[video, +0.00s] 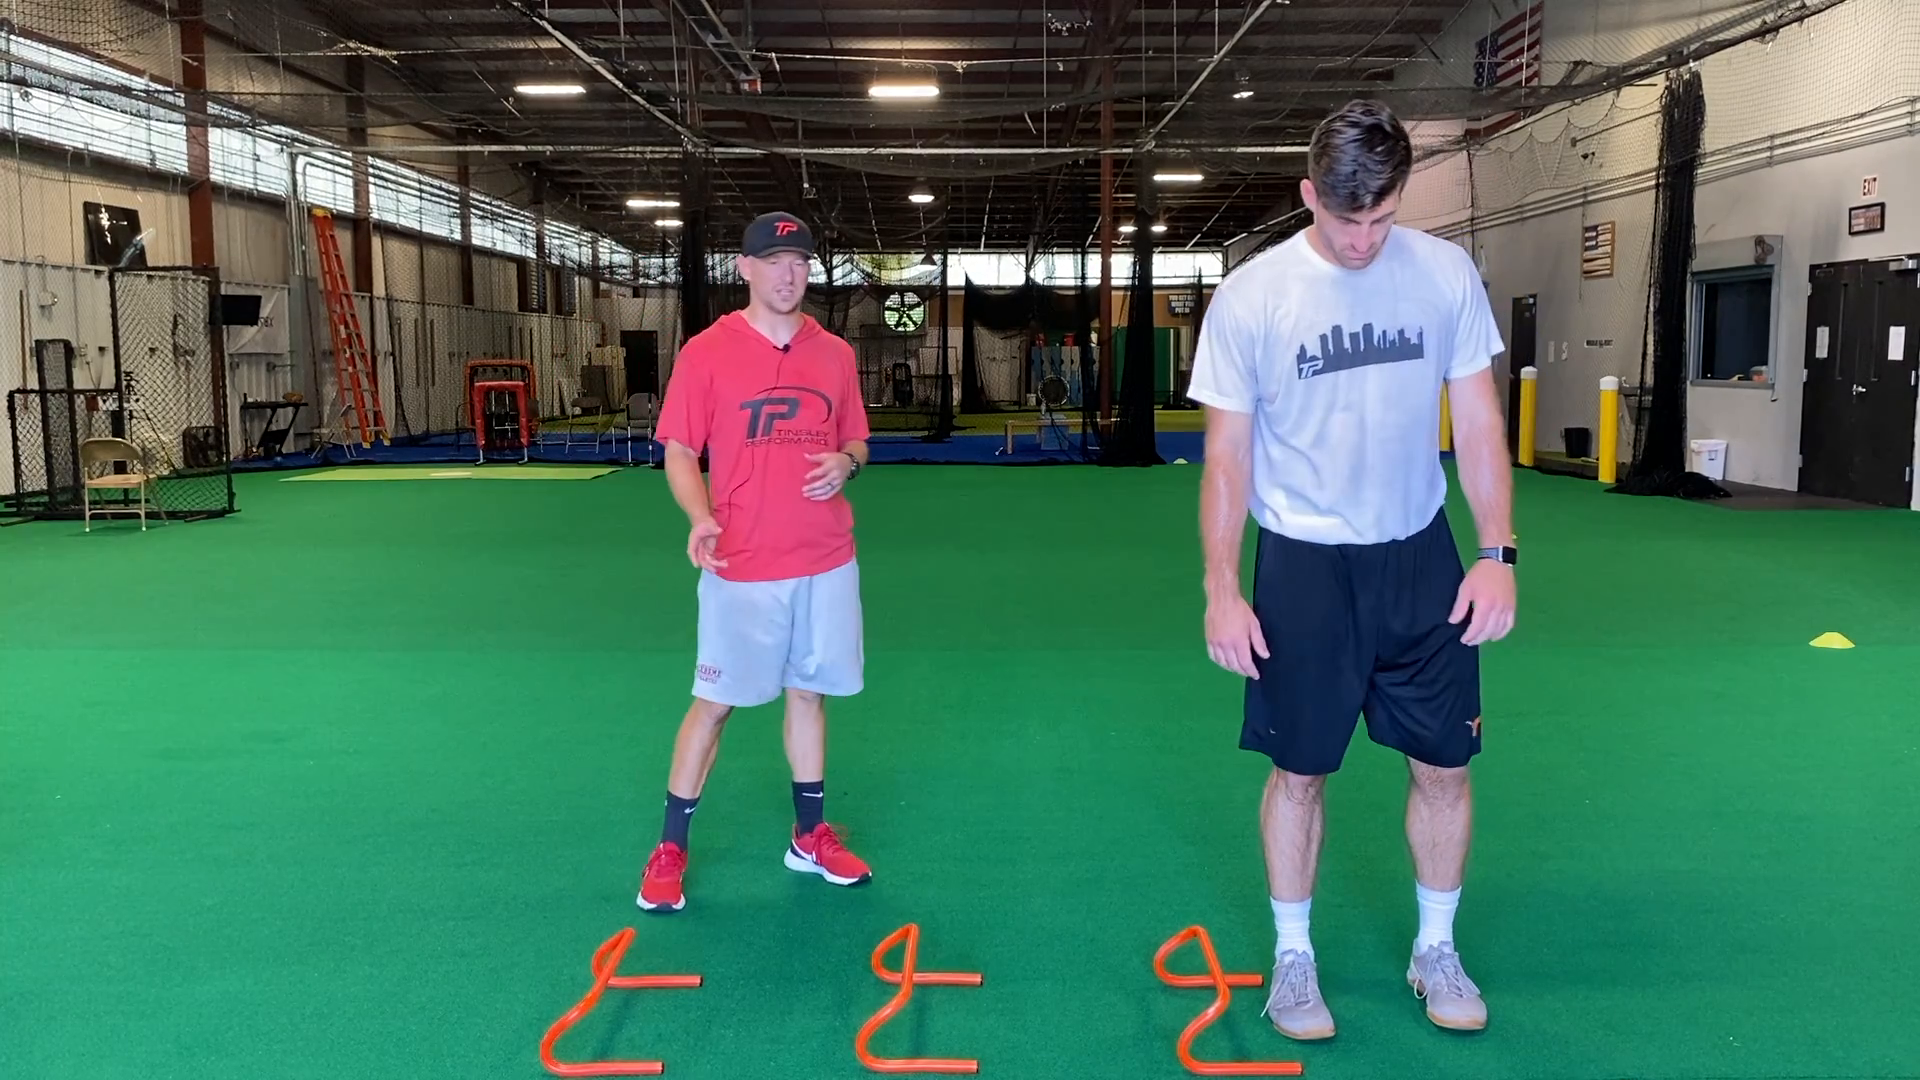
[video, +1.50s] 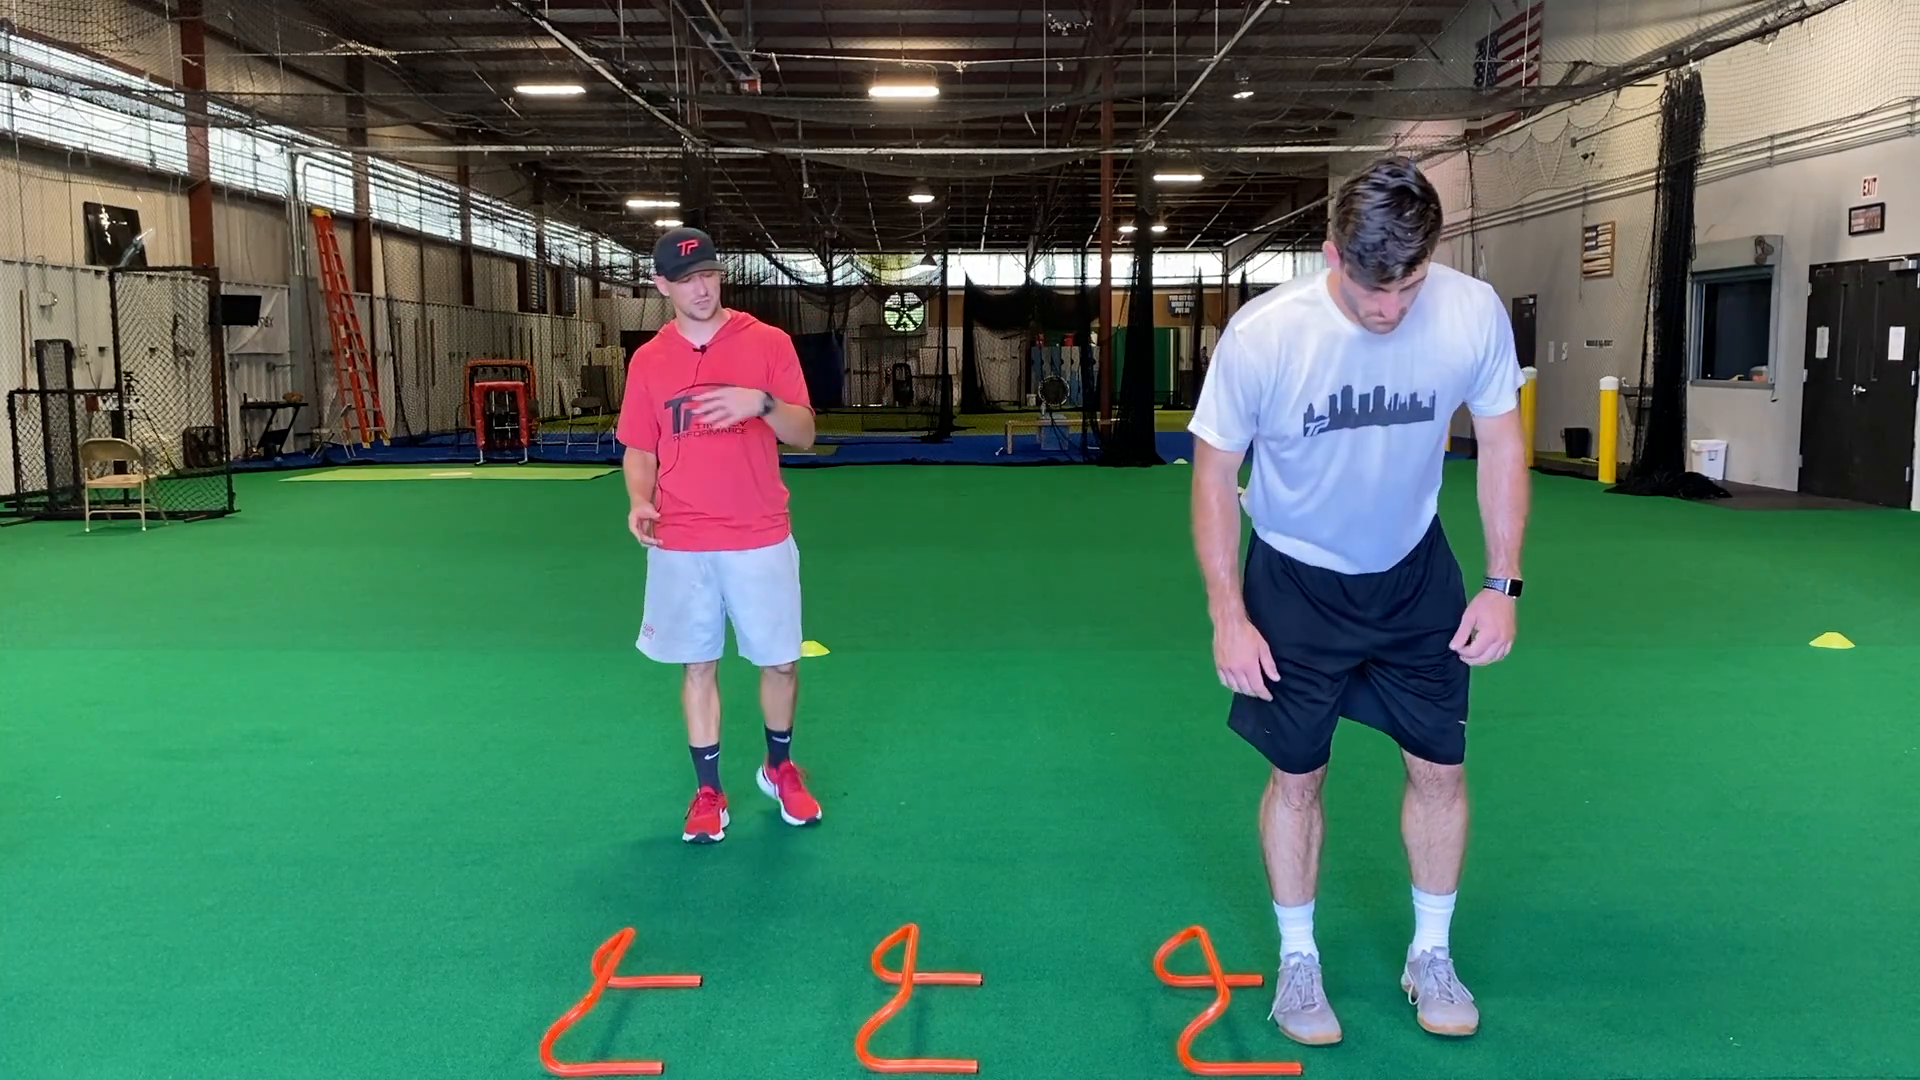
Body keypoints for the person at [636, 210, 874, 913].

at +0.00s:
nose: (788, 273)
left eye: (798, 261)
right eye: (774, 261)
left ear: (810, 271)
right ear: (744, 268)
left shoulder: (836, 356)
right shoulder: (706, 353)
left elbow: (854, 442)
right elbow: (678, 451)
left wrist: (847, 459)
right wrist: (700, 515)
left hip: (823, 560)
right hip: (740, 564)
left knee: (808, 691)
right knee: (714, 700)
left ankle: (810, 833)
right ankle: (671, 849)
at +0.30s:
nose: (816, 274)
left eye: (828, 264)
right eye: (803, 261)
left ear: (844, 275)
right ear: (779, 268)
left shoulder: (869, 360)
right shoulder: (734, 346)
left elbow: (903, 448)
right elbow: (705, 440)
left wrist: (871, 471)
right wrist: (719, 506)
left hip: (831, 559)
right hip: (751, 554)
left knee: (813, 692)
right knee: (732, 692)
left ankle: (812, 834)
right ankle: (696, 837)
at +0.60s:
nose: (821, 282)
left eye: (829, 270)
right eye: (808, 269)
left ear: (840, 276)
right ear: (777, 272)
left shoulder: (863, 362)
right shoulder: (729, 349)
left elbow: (886, 452)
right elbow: (699, 441)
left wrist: (858, 463)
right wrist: (716, 503)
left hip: (828, 559)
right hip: (746, 558)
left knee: (813, 688)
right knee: (722, 694)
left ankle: (811, 831)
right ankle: (708, 771)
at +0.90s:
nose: (776, 284)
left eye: (784, 272)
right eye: (761, 273)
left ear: (793, 277)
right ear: (732, 279)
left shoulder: (823, 359)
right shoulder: (695, 357)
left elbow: (849, 441)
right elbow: (671, 445)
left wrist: (862, 452)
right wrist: (691, 501)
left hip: (800, 555)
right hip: (719, 557)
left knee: (795, 684)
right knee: (712, 681)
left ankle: (810, 829)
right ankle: (711, 791)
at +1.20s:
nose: (720, 289)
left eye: (727, 276)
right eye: (705, 280)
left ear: (738, 278)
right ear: (679, 286)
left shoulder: (784, 348)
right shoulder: (658, 360)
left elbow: (827, 437)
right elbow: (642, 450)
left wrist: (860, 404)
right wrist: (647, 506)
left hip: (765, 546)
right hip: (686, 549)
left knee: (777, 673)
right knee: (699, 670)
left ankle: (798, 810)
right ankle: (708, 795)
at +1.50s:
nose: (703, 287)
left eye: (710, 275)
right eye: (689, 279)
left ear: (722, 276)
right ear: (664, 287)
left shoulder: (768, 343)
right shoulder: (648, 361)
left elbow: (803, 432)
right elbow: (638, 448)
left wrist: (761, 403)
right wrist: (641, 500)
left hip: (761, 536)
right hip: (683, 542)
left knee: (780, 659)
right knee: (699, 662)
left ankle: (780, 767)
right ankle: (708, 791)